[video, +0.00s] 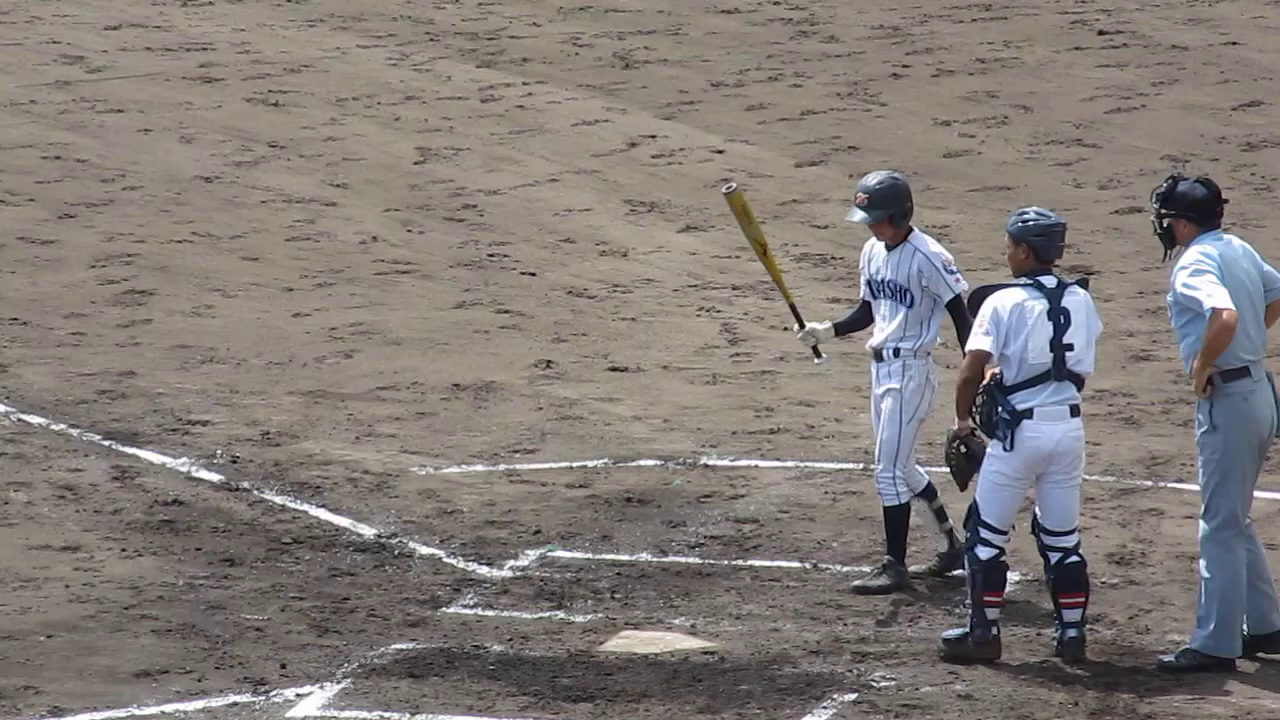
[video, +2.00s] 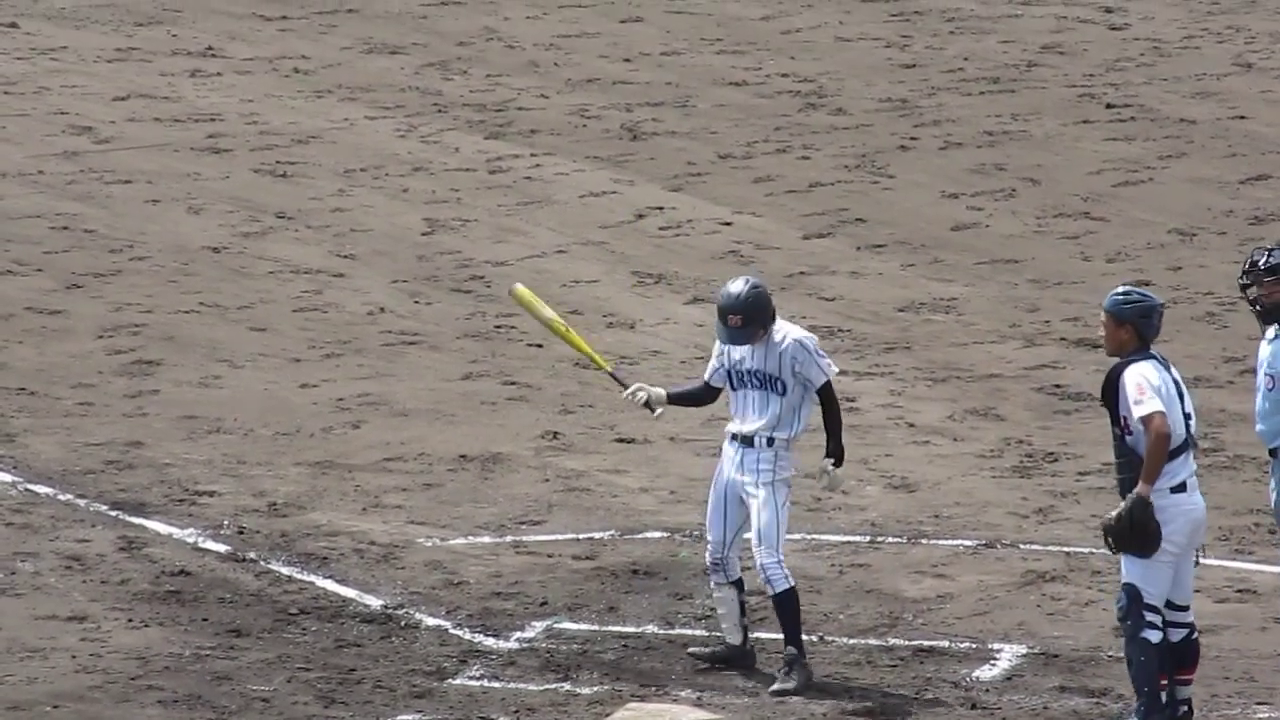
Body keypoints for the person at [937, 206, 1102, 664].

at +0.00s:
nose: (1006, 251)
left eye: (1010, 244)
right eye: (1009, 243)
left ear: (1025, 250)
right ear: (1052, 252)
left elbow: (974, 368)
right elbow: (1078, 372)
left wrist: (963, 416)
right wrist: (1010, 379)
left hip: (1019, 432)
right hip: (1070, 431)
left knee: (987, 534)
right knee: (1062, 538)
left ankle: (983, 633)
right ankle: (1072, 635)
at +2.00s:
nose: (1101, 331)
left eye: (1107, 324)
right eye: (1104, 323)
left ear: (1128, 331)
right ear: (1137, 330)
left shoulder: (1136, 373)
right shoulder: (1163, 368)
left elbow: (1158, 430)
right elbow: (1187, 440)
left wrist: (1141, 492)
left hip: (1161, 505)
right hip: (1188, 502)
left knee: (1138, 613)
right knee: (1177, 611)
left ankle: (1149, 707)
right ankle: (1179, 701)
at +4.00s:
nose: (1121, 341)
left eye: (1125, 334)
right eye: (1122, 334)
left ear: (1141, 340)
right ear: (1166, 336)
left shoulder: (1152, 392)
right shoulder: (1185, 374)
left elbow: (1149, 467)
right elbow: (1130, 425)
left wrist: (1139, 536)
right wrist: (1123, 374)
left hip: (1168, 518)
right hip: (1193, 510)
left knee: (1163, 621)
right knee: (1167, 613)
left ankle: (1182, 708)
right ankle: (1184, 699)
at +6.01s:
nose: (1093, 518)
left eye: (1097, 510)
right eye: (1093, 510)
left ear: (1117, 510)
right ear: (1120, 507)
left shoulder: (1148, 545)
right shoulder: (1155, 526)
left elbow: (1130, 628)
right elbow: (1150, 611)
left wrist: (1086, 631)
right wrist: (1107, 596)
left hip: (1195, 660)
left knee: (1080, 661)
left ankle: (1171, 709)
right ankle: (1177, 697)